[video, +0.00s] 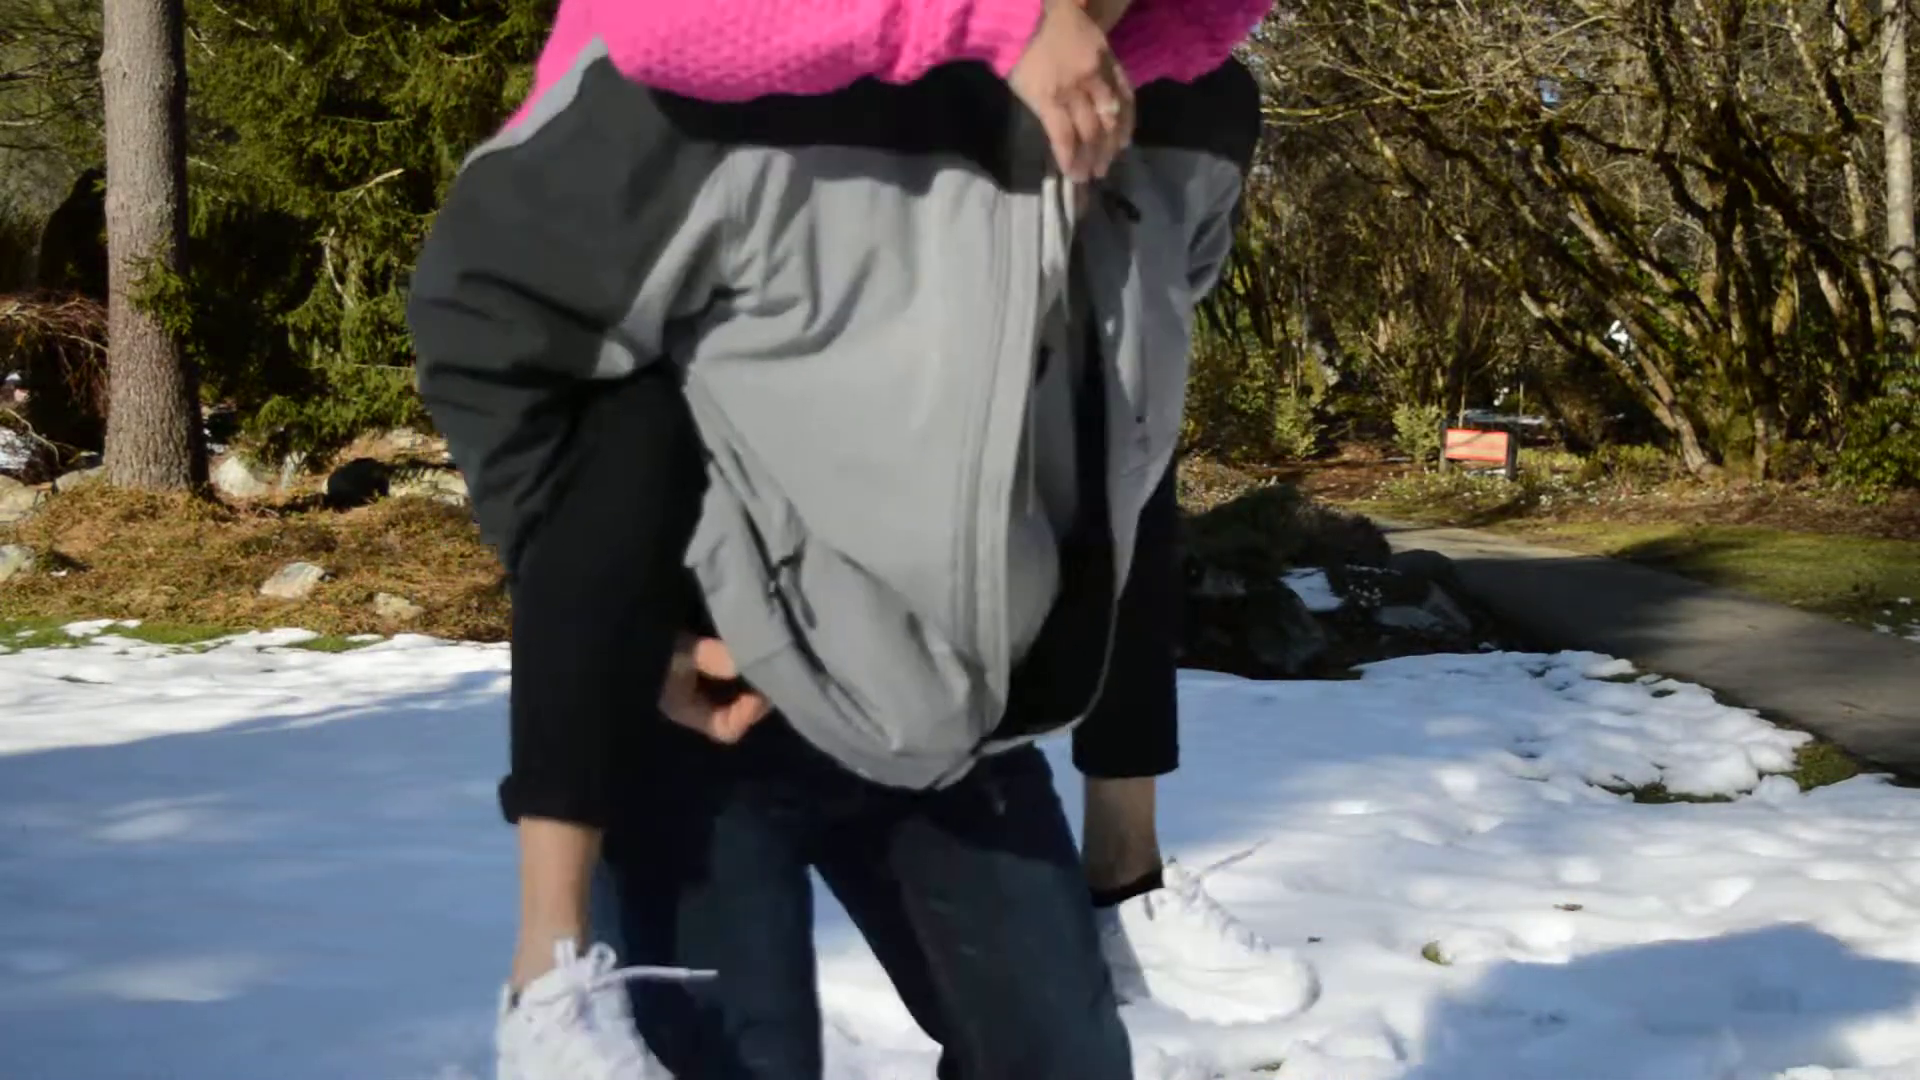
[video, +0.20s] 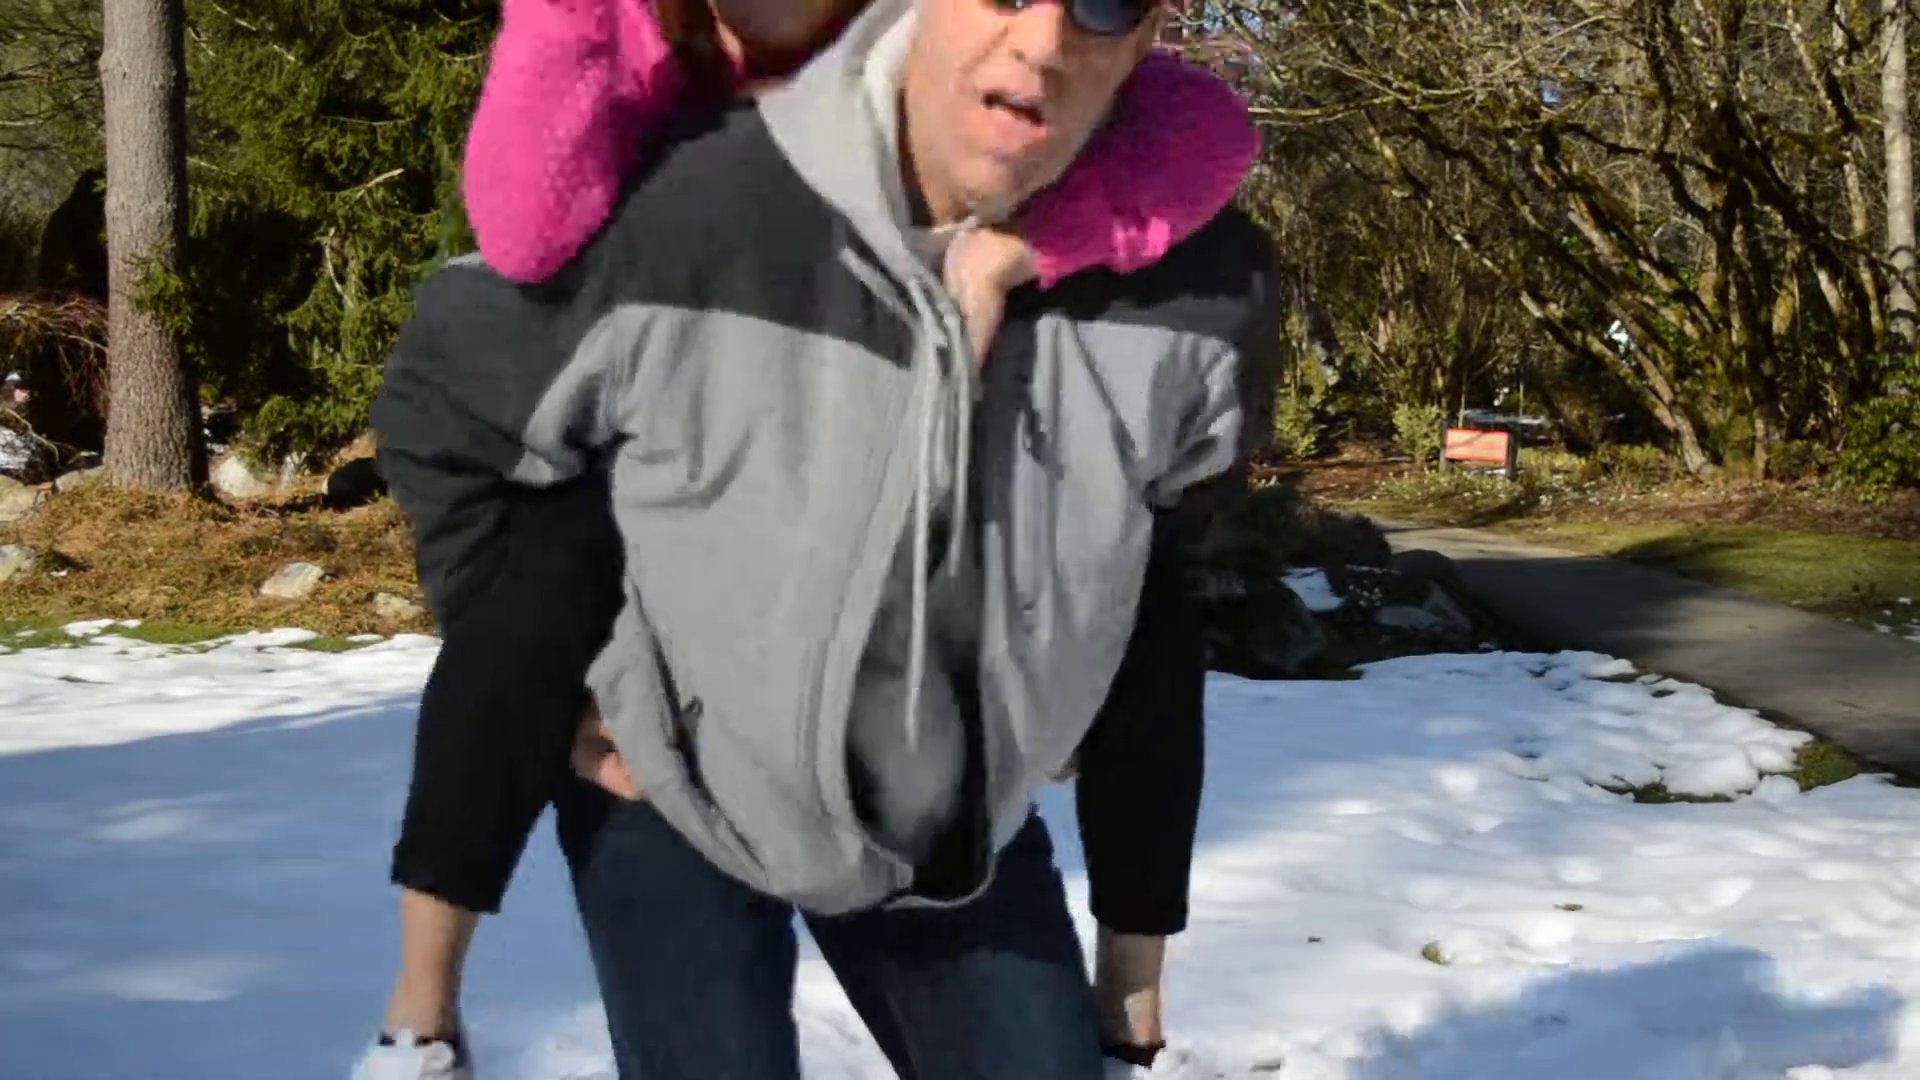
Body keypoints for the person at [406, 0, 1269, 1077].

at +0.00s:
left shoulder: (1196, 107)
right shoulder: (713, 84)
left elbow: (1129, 399)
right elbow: (478, 302)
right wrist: (615, 627)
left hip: (963, 723)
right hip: (698, 725)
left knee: (1068, 1057)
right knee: (744, 1067)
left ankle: (1127, 891)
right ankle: (551, 977)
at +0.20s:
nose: (1042, 49)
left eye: (1100, 14)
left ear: (1147, 46)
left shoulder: (1201, 287)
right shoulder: (696, 209)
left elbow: (1162, 619)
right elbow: (440, 402)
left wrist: (1134, 961)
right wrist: (559, 697)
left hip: (958, 800)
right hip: (675, 774)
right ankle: (420, 1013)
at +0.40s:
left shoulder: (1173, 114)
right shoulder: (605, 57)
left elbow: (1241, 361)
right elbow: (467, 265)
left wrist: (1129, 557)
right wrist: (530, 505)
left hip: (974, 672)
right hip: (668, 652)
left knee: (1000, 1059)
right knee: (643, 1049)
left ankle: (1189, 939)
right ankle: (399, 810)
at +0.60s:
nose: (839, 9)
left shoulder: (1113, 130)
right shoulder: (557, 57)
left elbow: (1209, 435)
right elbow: (484, 307)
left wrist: (1056, 663)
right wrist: (498, 512)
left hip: (940, 752)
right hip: (624, 727)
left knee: (1100, 565)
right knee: (609, 1071)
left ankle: (1104, 1054)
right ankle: (385, 787)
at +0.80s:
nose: (729, 21)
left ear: (864, 14)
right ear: (651, 1)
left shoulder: (995, 239)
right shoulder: (535, 143)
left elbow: (1160, 554)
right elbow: (489, 429)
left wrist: (999, 786)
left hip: (874, 800)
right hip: (590, 775)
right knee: (574, 1067)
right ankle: (357, 761)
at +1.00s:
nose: (580, 18)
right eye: (565, 12)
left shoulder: (950, 46)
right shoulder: (515, 44)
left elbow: (1119, 358)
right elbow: (501, 276)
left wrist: (924, 619)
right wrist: (436, 485)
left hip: (893, 659)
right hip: (620, 654)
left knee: (953, 1052)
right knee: (564, 1043)